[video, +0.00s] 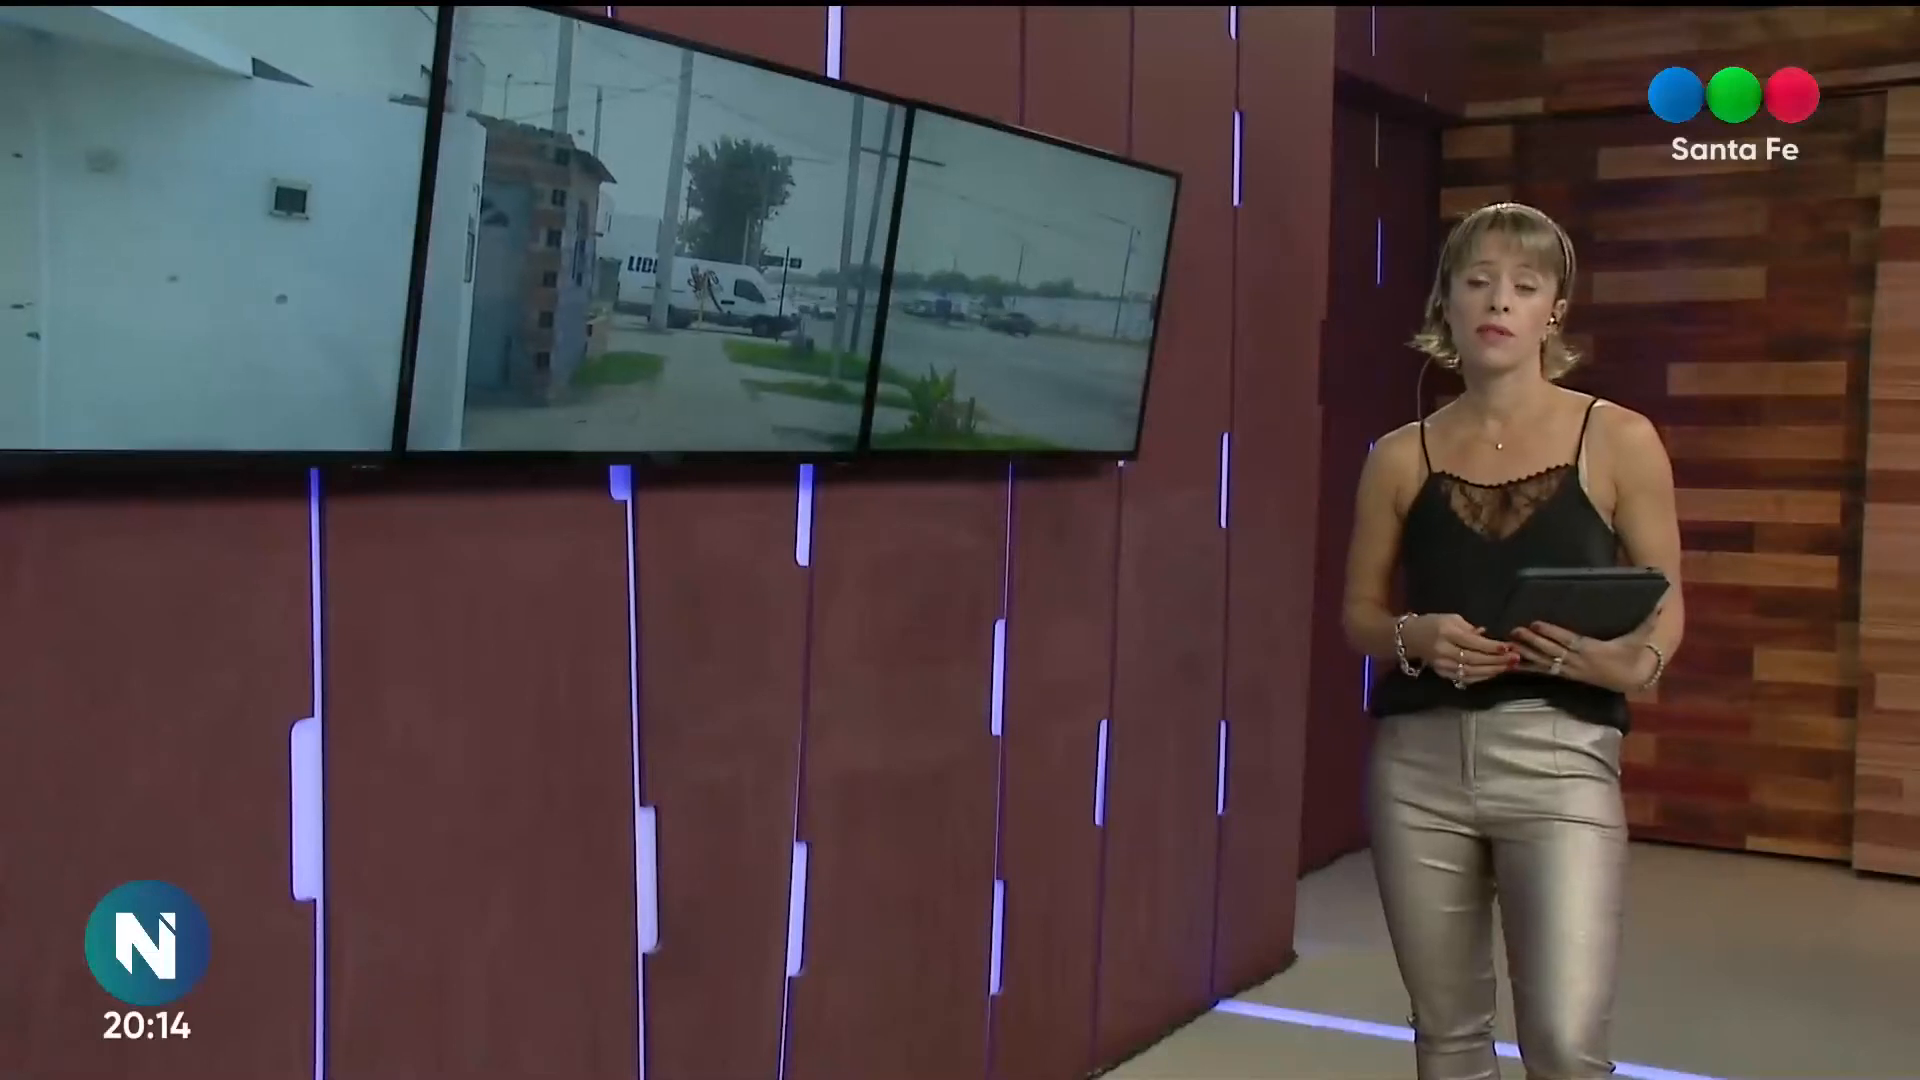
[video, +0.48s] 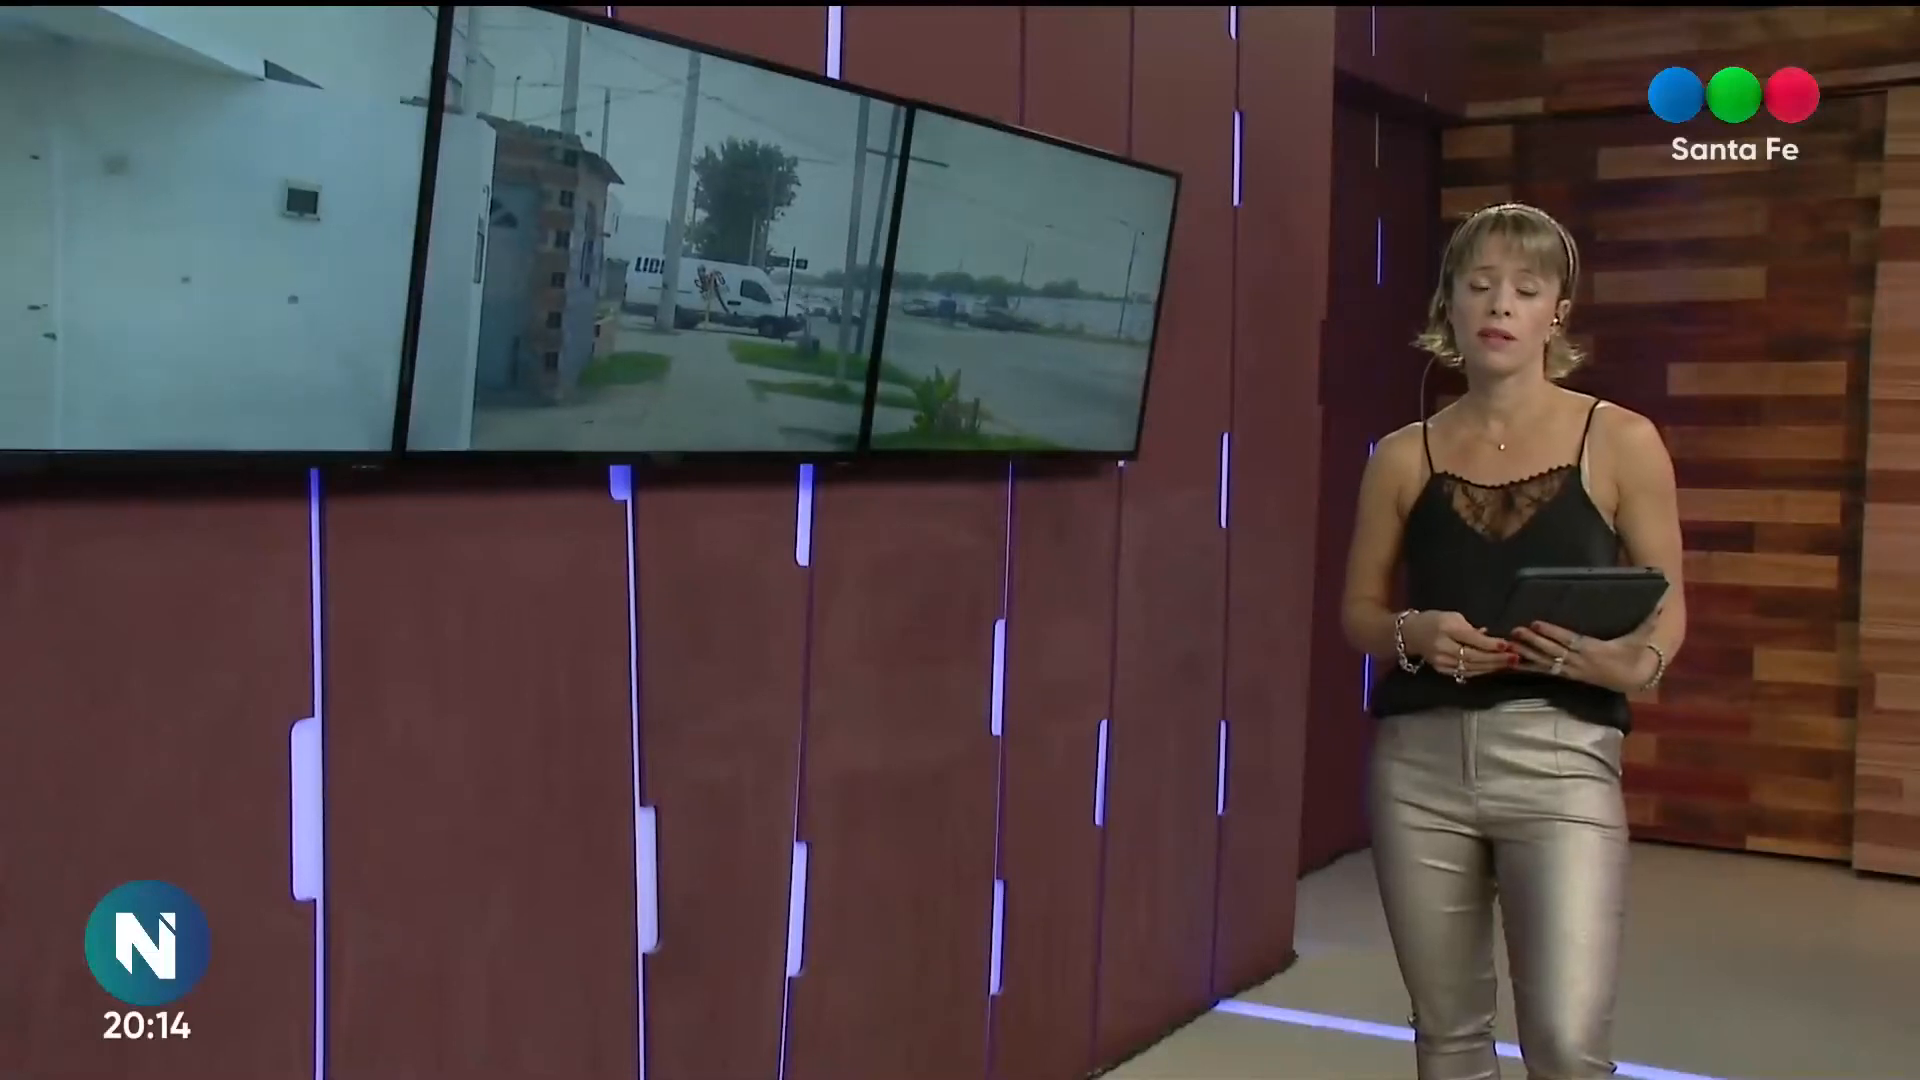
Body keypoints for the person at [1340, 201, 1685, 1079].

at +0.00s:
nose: (1495, 300)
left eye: (1521, 285)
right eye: (1476, 281)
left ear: (1554, 313)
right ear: (1447, 305)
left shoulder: (1619, 441)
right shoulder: (1400, 459)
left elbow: (1663, 598)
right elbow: (1360, 616)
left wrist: (1631, 665)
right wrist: (1410, 638)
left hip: (1558, 766)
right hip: (1417, 769)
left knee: (1564, 1048)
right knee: (1447, 1042)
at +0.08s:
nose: (1496, 301)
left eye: (1522, 286)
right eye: (1477, 282)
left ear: (1554, 313)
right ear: (1447, 306)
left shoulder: (1620, 441)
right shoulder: (1399, 460)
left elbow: (1663, 599)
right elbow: (1358, 616)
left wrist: (1632, 665)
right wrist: (1410, 635)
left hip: (1559, 766)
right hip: (1417, 769)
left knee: (1564, 1048)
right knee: (1447, 1040)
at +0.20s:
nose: (1497, 303)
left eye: (1522, 286)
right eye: (1478, 283)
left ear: (1555, 313)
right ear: (1447, 307)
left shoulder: (1620, 441)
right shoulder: (1400, 459)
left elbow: (1664, 599)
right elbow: (1356, 613)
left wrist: (1632, 666)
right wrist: (1411, 634)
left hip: (1560, 767)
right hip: (1418, 769)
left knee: (1566, 1048)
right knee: (1448, 1040)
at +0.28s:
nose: (1498, 303)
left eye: (1523, 287)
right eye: (1478, 284)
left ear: (1555, 313)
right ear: (1448, 307)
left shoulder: (1620, 442)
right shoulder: (1400, 459)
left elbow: (1665, 597)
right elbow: (1356, 613)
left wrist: (1634, 666)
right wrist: (1410, 634)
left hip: (1560, 767)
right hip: (1418, 769)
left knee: (1566, 1048)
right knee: (1448, 1041)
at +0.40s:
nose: (1498, 303)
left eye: (1523, 287)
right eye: (1479, 284)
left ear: (1556, 314)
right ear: (1449, 307)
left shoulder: (1621, 442)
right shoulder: (1401, 459)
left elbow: (1664, 599)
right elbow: (1358, 614)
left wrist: (1632, 665)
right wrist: (1411, 634)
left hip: (1559, 767)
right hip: (1417, 769)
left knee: (1565, 1049)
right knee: (1448, 1042)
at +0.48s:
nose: (1497, 304)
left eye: (1523, 288)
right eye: (1478, 285)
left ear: (1556, 314)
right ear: (1449, 307)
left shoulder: (1621, 442)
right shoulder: (1402, 459)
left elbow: (1664, 601)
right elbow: (1358, 614)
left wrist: (1631, 665)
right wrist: (1411, 635)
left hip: (1559, 767)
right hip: (1418, 769)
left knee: (1565, 1048)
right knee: (1448, 1042)